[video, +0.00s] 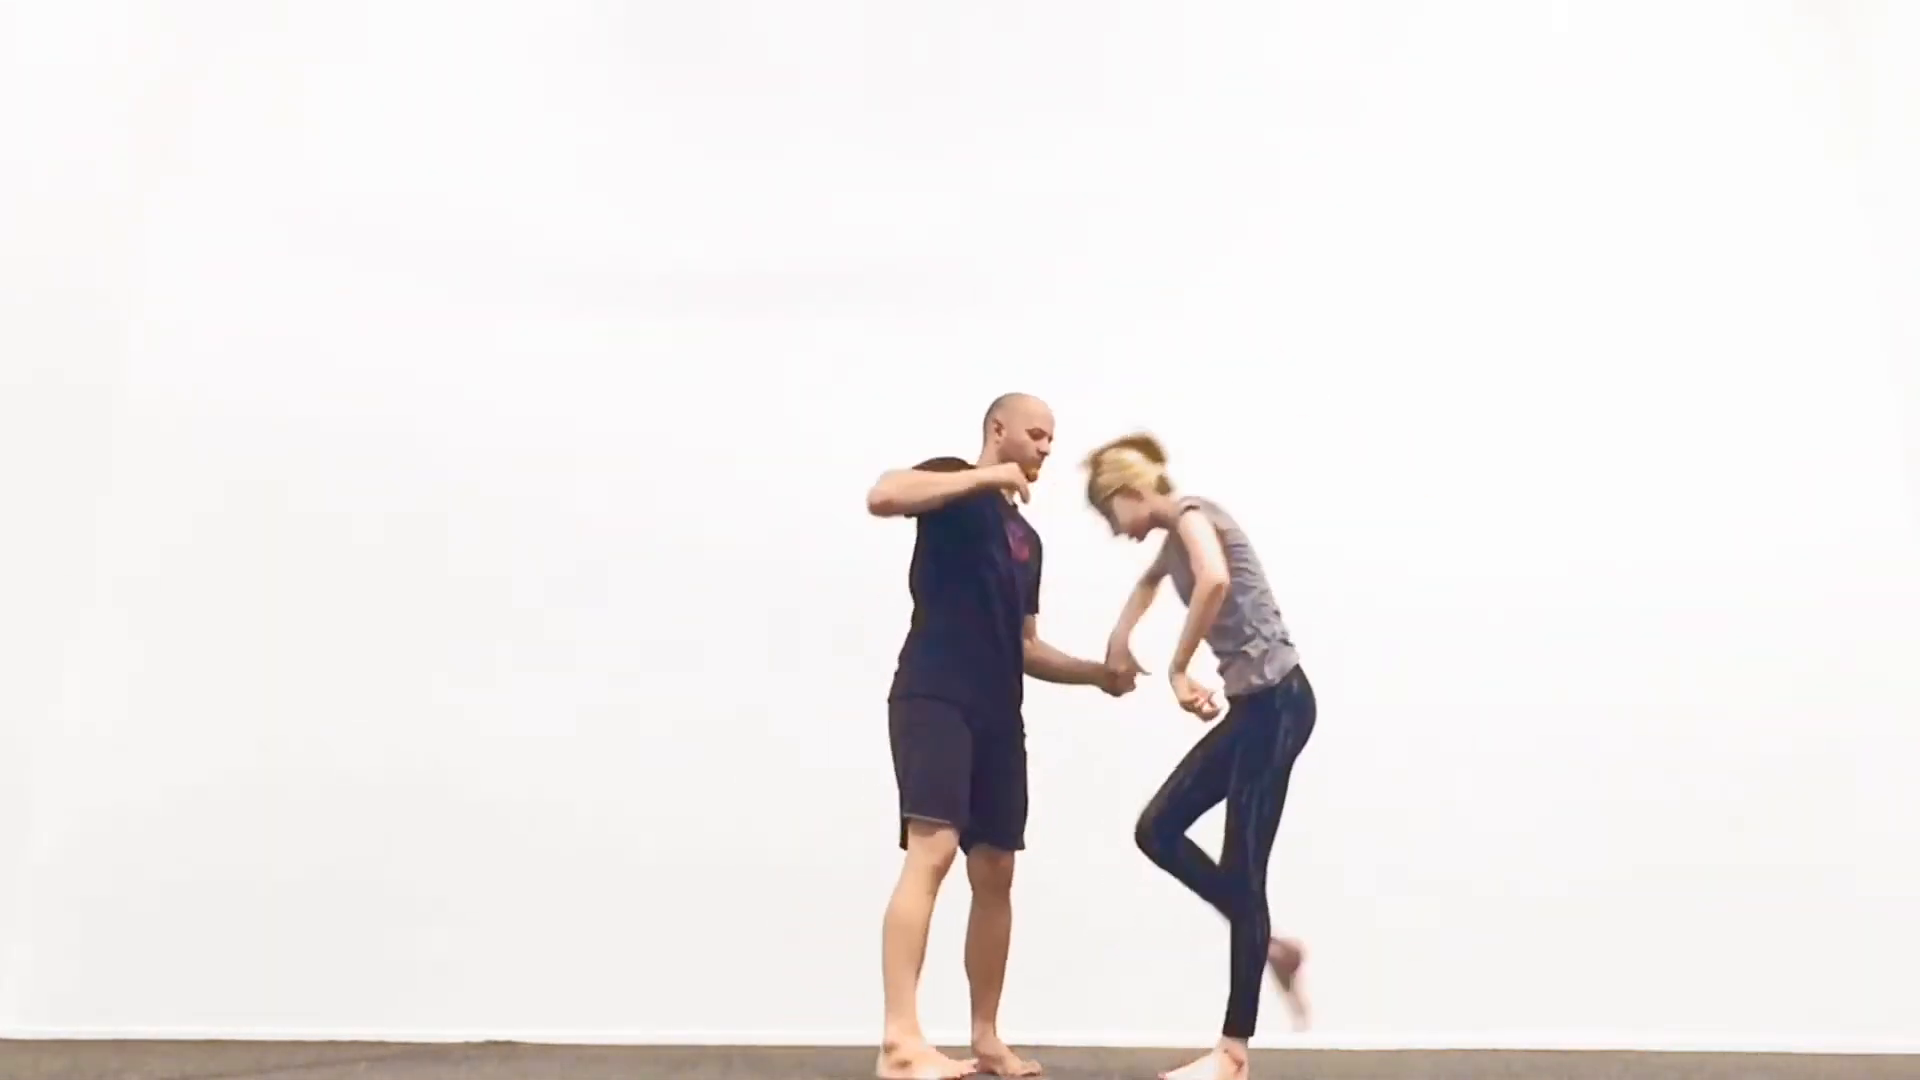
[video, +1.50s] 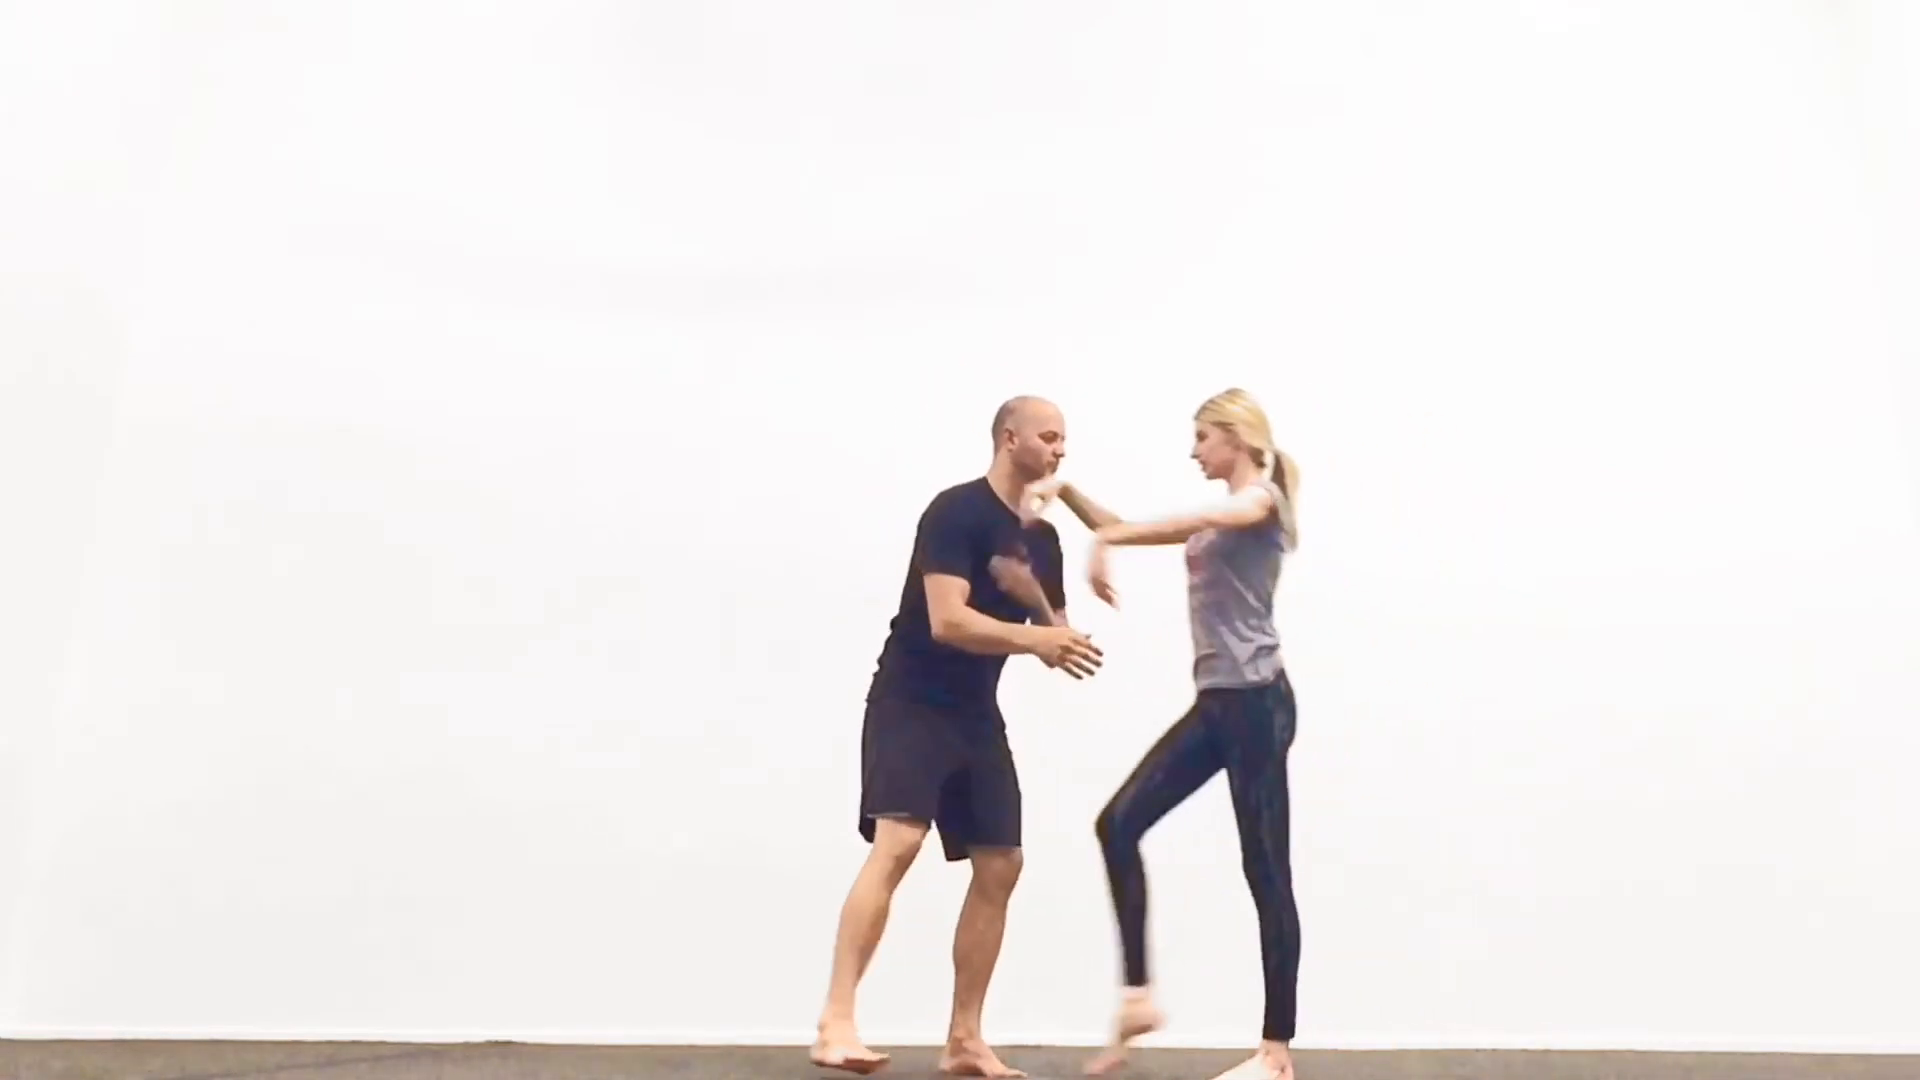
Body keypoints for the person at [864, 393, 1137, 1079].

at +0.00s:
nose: (1047, 449)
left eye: (1050, 440)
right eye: (1037, 435)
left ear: (1040, 446)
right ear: (997, 429)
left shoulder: (1028, 540)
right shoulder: (952, 479)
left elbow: (1026, 649)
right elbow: (883, 496)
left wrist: (1100, 672)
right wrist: (984, 478)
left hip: (1000, 709)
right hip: (935, 695)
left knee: (994, 870)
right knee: (932, 849)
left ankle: (987, 1041)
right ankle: (901, 1043)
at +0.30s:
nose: (1018, 425)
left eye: (1019, 414)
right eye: (1007, 411)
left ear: (986, 418)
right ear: (964, 411)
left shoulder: (984, 503)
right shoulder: (932, 482)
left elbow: (995, 631)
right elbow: (913, 580)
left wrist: (1084, 622)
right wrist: (1014, 578)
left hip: (985, 705)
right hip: (933, 702)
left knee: (996, 859)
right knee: (929, 856)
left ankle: (966, 1034)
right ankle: (901, 1047)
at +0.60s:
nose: (988, 412)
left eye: (988, 401)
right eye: (977, 399)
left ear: (949, 405)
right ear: (935, 402)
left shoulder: (964, 496)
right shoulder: (917, 477)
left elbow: (1032, 585)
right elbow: (946, 582)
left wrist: (1133, 588)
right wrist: (1052, 607)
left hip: (974, 702)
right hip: (927, 698)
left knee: (967, 864)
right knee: (922, 862)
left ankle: (961, 1034)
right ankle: (901, 1047)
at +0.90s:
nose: (969, 413)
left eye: (969, 402)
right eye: (957, 400)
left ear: (944, 411)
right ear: (914, 405)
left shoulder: (965, 503)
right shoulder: (890, 482)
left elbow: (1051, 567)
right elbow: (909, 584)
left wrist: (1145, 549)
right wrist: (1015, 608)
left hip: (967, 702)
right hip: (909, 698)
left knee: (968, 864)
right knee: (911, 859)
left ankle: (958, 1035)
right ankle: (901, 1047)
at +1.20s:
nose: (1006, 423)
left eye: (1007, 413)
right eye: (994, 411)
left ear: (982, 422)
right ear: (951, 415)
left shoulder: (1000, 512)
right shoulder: (910, 491)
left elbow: (1040, 608)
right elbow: (900, 596)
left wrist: (1086, 567)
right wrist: (997, 623)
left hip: (975, 706)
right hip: (914, 701)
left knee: (980, 865)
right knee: (915, 856)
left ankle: (961, 1037)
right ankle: (901, 1043)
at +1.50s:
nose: (1060, 451)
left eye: (1063, 440)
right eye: (1049, 438)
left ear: (1053, 447)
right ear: (1008, 439)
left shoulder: (1044, 537)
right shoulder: (955, 510)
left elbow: (1052, 644)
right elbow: (947, 621)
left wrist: (1035, 604)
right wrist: (1041, 638)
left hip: (976, 708)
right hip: (911, 699)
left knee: (999, 866)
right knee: (898, 843)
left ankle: (965, 1039)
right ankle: (836, 1022)